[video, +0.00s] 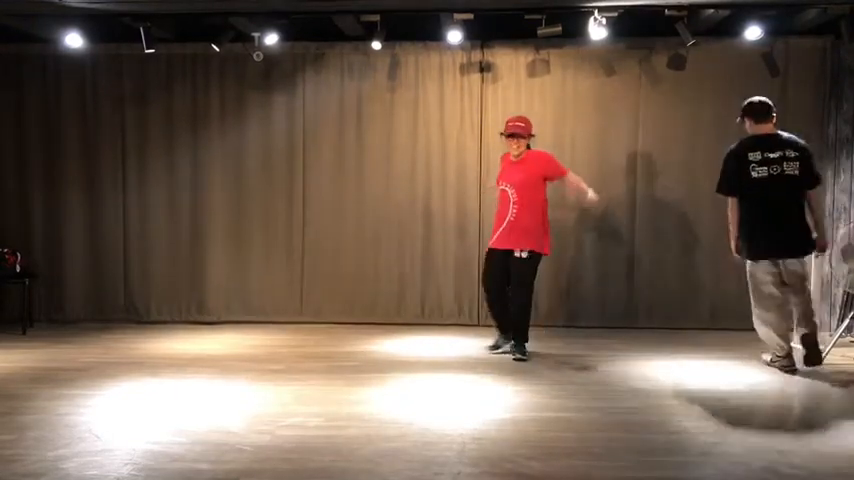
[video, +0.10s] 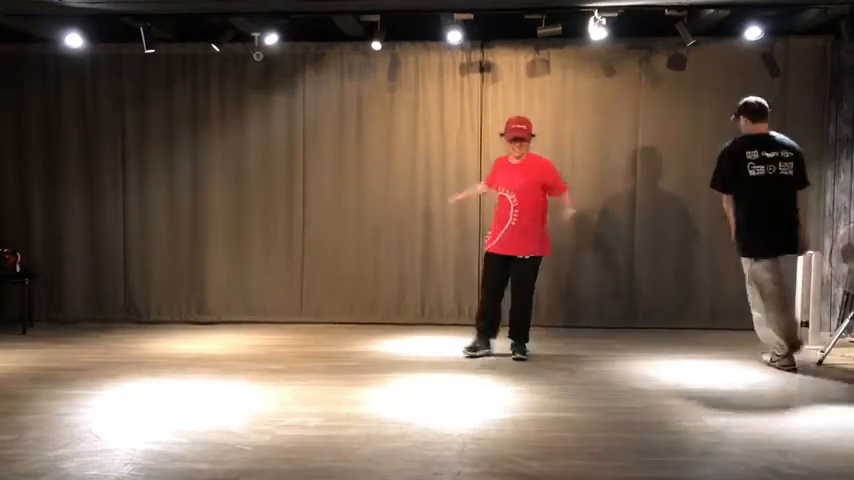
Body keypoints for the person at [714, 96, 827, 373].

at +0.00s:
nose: (743, 125)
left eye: (742, 121)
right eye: (745, 121)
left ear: (745, 121)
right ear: (775, 118)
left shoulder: (738, 153)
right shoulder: (797, 147)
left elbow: (733, 202)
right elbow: (813, 194)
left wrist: (734, 238)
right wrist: (821, 232)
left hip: (758, 238)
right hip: (794, 235)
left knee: (768, 301)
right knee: (799, 290)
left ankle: (782, 355)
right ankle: (808, 334)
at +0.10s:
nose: (739, 125)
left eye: (738, 121)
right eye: (738, 121)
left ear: (743, 120)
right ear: (767, 118)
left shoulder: (733, 151)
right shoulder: (790, 148)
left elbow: (727, 199)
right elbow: (799, 195)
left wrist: (734, 229)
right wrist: (802, 228)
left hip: (753, 233)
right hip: (786, 231)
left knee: (764, 295)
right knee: (784, 289)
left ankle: (781, 354)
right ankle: (791, 340)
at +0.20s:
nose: (730, 126)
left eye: (730, 121)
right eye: (729, 122)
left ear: (738, 120)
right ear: (759, 120)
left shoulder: (728, 151)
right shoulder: (781, 150)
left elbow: (716, 193)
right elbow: (787, 196)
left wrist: (735, 211)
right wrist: (785, 234)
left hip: (743, 233)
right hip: (773, 231)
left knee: (757, 298)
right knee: (762, 288)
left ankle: (780, 352)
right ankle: (753, 336)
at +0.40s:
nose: (710, 130)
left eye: (712, 125)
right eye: (711, 125)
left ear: (720, 125)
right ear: (735, 126)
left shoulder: (712, 155)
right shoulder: (755, 156)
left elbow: (699, 198)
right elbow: (758, 199)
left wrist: (697, 225)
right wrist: (762, 228)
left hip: (720, 230)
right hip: (748, 230)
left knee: (735, 293)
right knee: (738, 287)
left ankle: (776, 345)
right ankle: (719, 336)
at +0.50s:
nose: (697, 131)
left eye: (698, 126)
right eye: (697, 126)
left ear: (707, 125)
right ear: (720, 125)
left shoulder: (702, 153)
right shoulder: (741, 152)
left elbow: (690, 196)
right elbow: (741, 193)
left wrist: (682, 224)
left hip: (709, 228)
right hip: (737, 227)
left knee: (704, 283)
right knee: (728, 285)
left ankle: (752, 324)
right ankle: (719, 336)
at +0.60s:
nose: (683, 133)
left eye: (684, 128)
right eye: (682, 128)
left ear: (694, 125)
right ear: (704, 125)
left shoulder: (694, 152)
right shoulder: (725, 152)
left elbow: (682, 195)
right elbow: (723, 197)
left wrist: (671, 230)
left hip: (698, 233)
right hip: (725, 233)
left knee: (679, 275)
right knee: (720, 287)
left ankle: (722, 318)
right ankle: (718, 337)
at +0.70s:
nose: (668, 136)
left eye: (669, 130)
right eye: (667, 131)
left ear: (679, 127)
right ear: (688, 126)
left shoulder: (684, 153)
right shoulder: (707, 149)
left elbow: (676, 193)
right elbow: (696, 195)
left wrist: (664, 227)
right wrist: (662, 209)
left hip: (687, 231)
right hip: (710, 230)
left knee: (661, 270)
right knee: (712, 284)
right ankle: (719, 336)